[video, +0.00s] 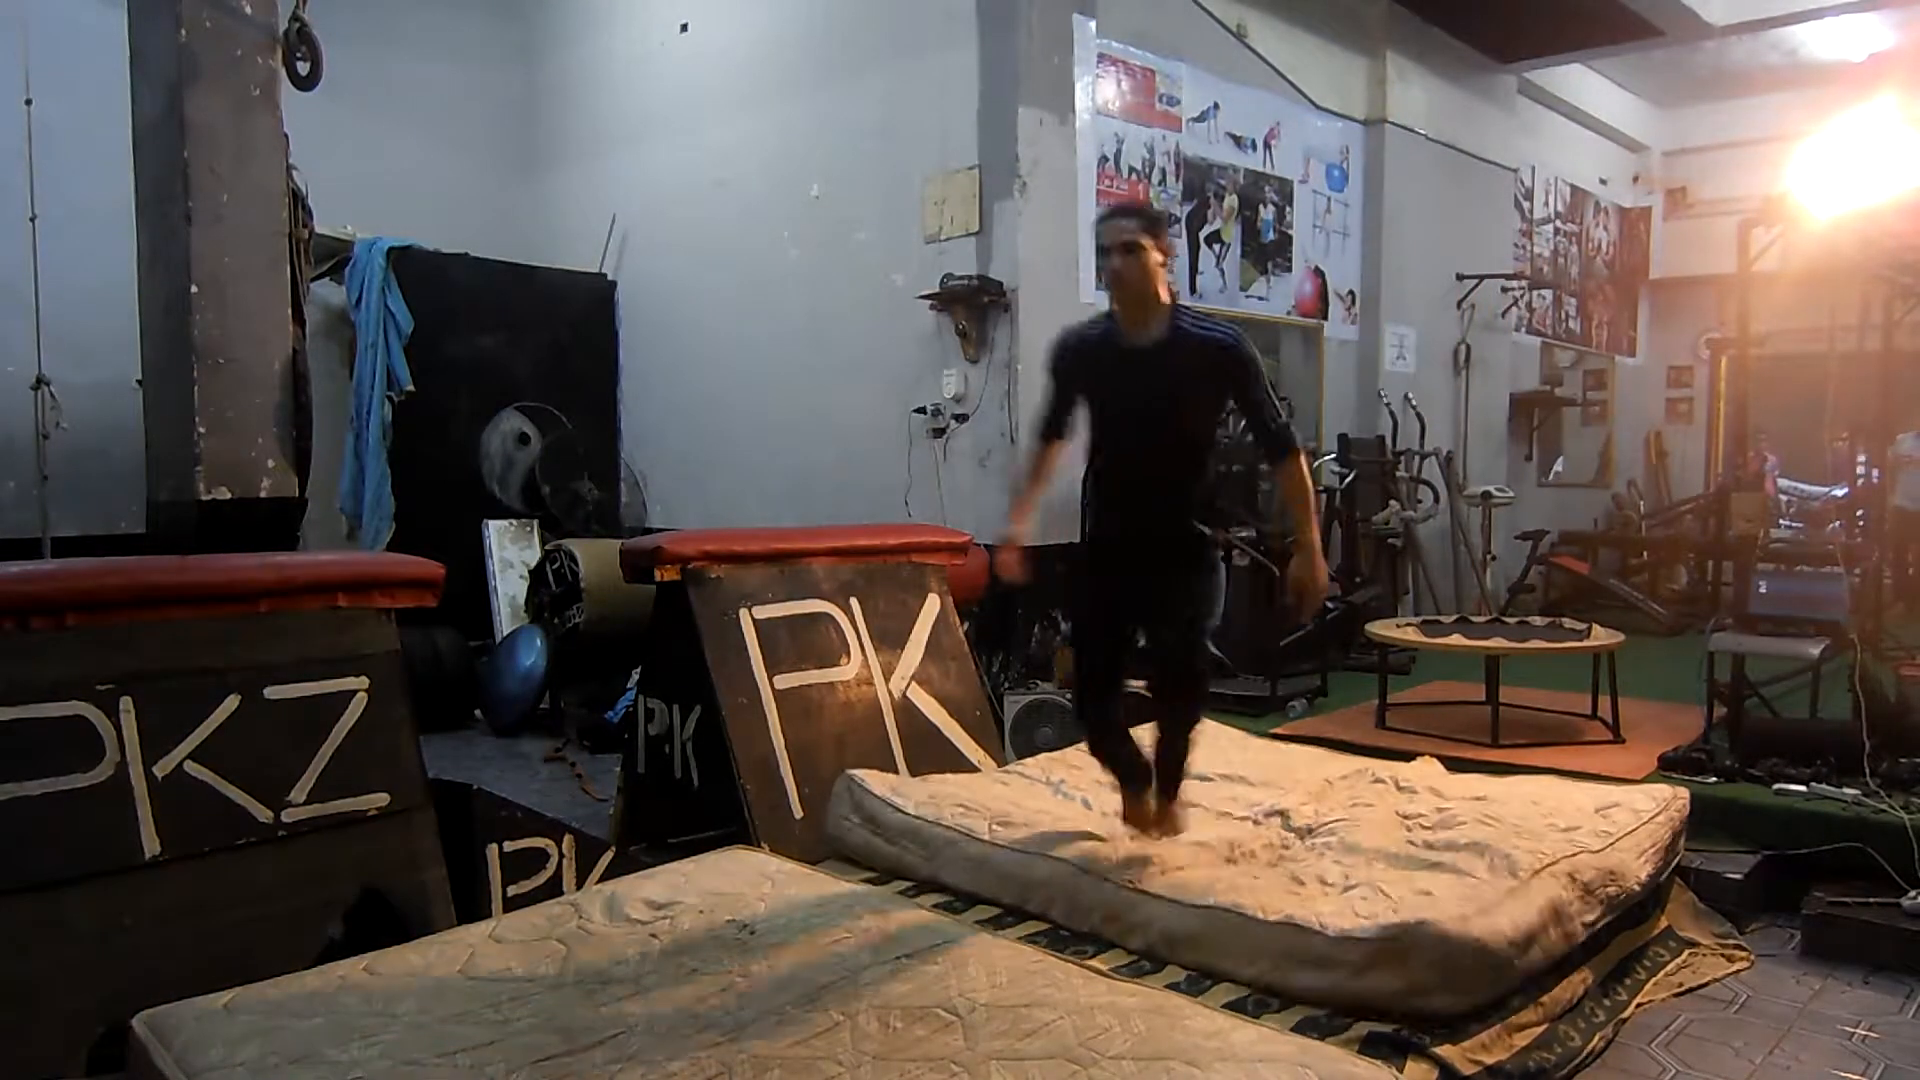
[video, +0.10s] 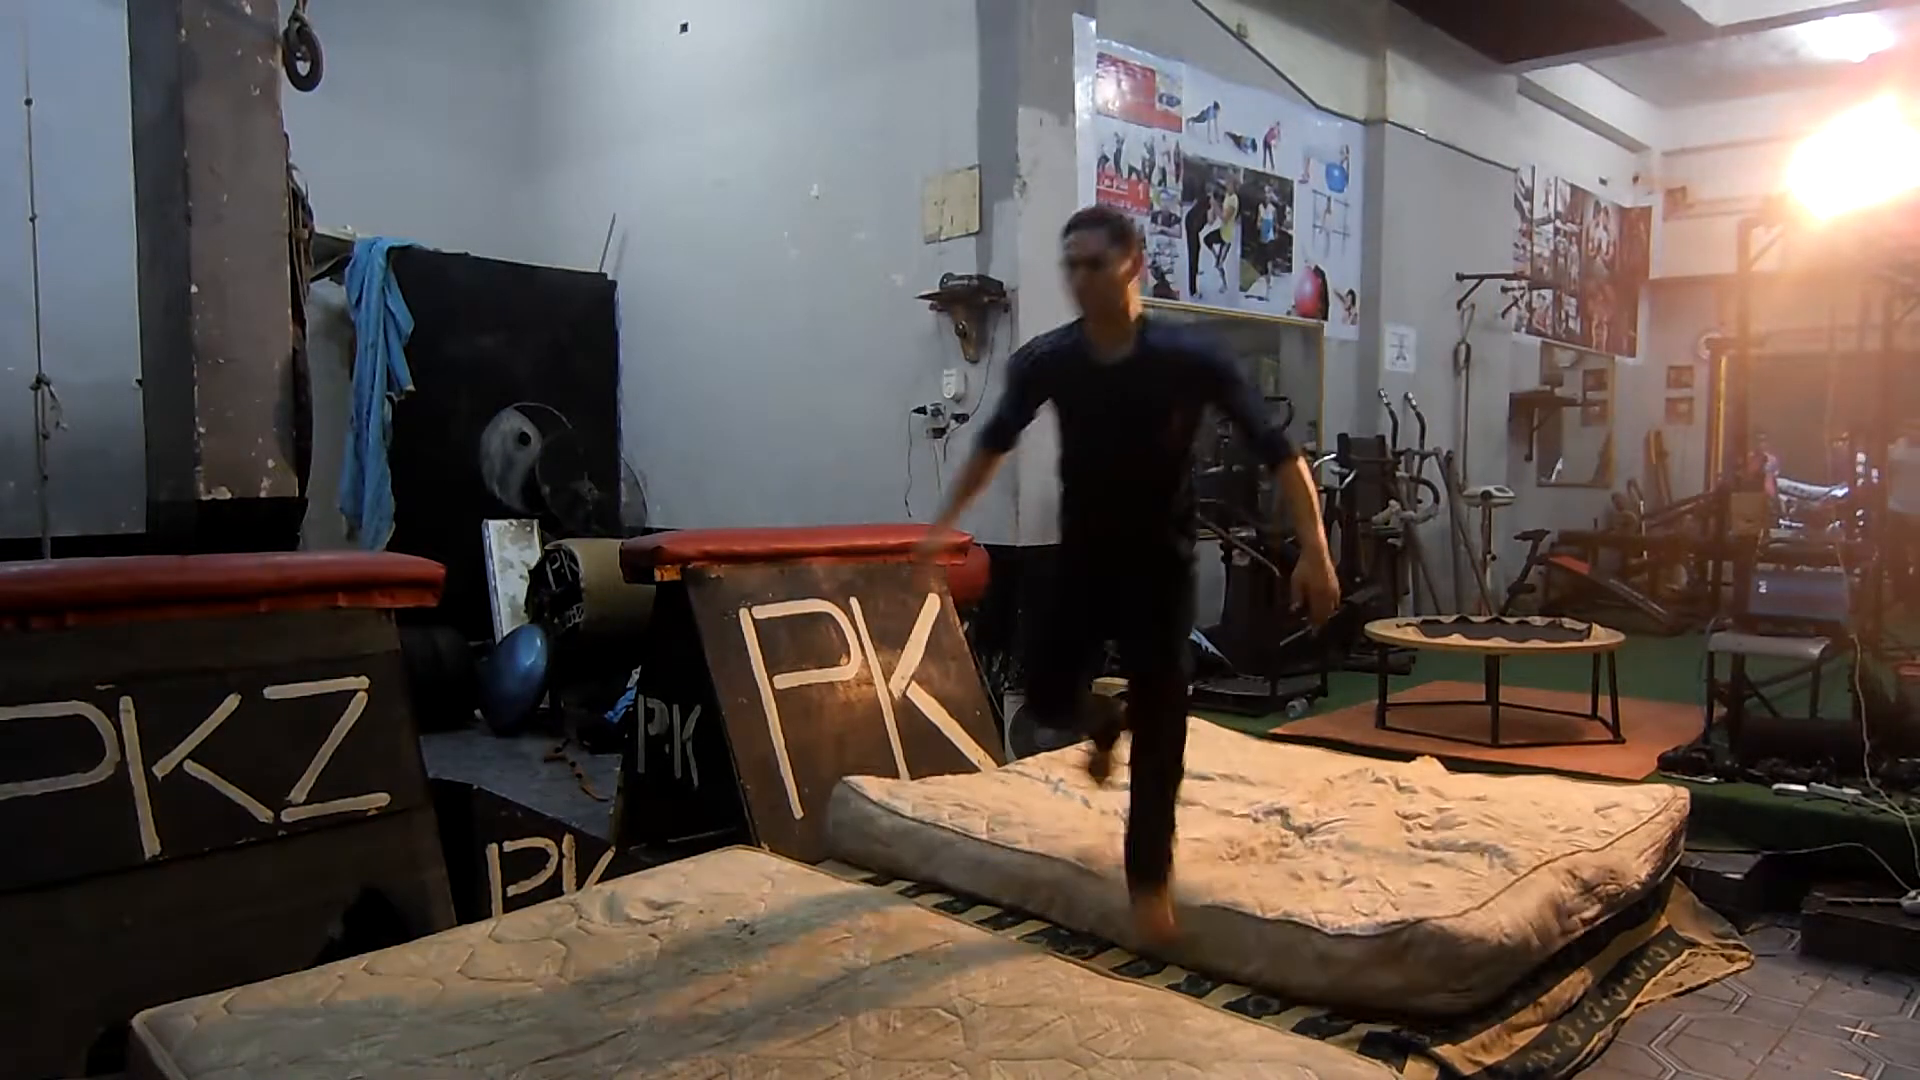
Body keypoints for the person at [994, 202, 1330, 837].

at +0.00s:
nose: (1116, 265)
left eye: (1130, 251)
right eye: (1106, 254)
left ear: (1165, 257)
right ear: (1099, 267)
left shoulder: (1220, 348)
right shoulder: (1080, 349)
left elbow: (1284, 447)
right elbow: (1052, 438)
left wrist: (1310, 545)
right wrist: (1019, 522)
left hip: (1185, 540)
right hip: (1107, 539)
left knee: (1181, 684)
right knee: (1093, 704)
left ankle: (1167, 796)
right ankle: (1135, 784)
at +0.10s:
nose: (1080, 280)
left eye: (1093, 265)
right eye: (1071, 267)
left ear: (1134, 266)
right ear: (1063, 275)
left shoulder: (1193, 359)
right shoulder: (1045, 363)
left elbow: (1279, 450)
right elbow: (992, 444)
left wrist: (1316, 550)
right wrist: (940, 526)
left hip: (1159, 561)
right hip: (1080, 558)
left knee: (1159, 730)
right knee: (1047, 699)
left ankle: (1150, 876)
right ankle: (1112, 720)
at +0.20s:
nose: (1040, 339)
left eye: (1054, 324)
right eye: (1031, 325)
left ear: (1094, 325)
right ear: (1022, 331)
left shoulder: (1151, 420)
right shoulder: (1015, 414)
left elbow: (1264, 510)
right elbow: (952, 491)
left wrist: (1290, 611)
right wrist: (879, 563)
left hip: (1127, 618)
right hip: (1049, 606)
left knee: (1136, 796)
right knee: (967, 689)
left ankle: (1156, 954)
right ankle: (1049, 788)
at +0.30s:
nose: (965, 395)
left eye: (979, 378)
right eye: (962, 379)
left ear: (1024, 380)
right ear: (964, 382)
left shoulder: (1088, 475)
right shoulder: (971, 467)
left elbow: (1194, 598)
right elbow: (927, 545)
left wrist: (1200, 721)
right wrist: (856, 603)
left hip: (1089, 677)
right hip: (1008, 665)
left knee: (1117, 841)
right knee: (912, 713)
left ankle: (1154, 993)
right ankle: (932, 908)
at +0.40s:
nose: (871, 379)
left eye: (885, 364)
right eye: (867, 365)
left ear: (932, 368)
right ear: (871, 373)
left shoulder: (989, 461)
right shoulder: (887, 467)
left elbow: (1076, 606)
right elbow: (921, 561)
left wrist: (1063, 731)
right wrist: (872, 642)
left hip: (1034, 681)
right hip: (956, 678)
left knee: (1080, 829)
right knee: (873, 814)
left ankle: (1161, 978)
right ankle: (860, 1035)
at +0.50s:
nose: (752, 377)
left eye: (768, 360)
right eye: (753, 360)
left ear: (820, 366)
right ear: (783, 369)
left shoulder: (881, 467)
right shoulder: (800, 482)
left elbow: (969, 618)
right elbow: (866, 619)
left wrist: (939, 751)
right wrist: (832, 697)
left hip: (934, 705)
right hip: (869, 706)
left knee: (983, 885)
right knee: (835, 899)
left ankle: (1118, 915)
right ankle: (859, 1064)